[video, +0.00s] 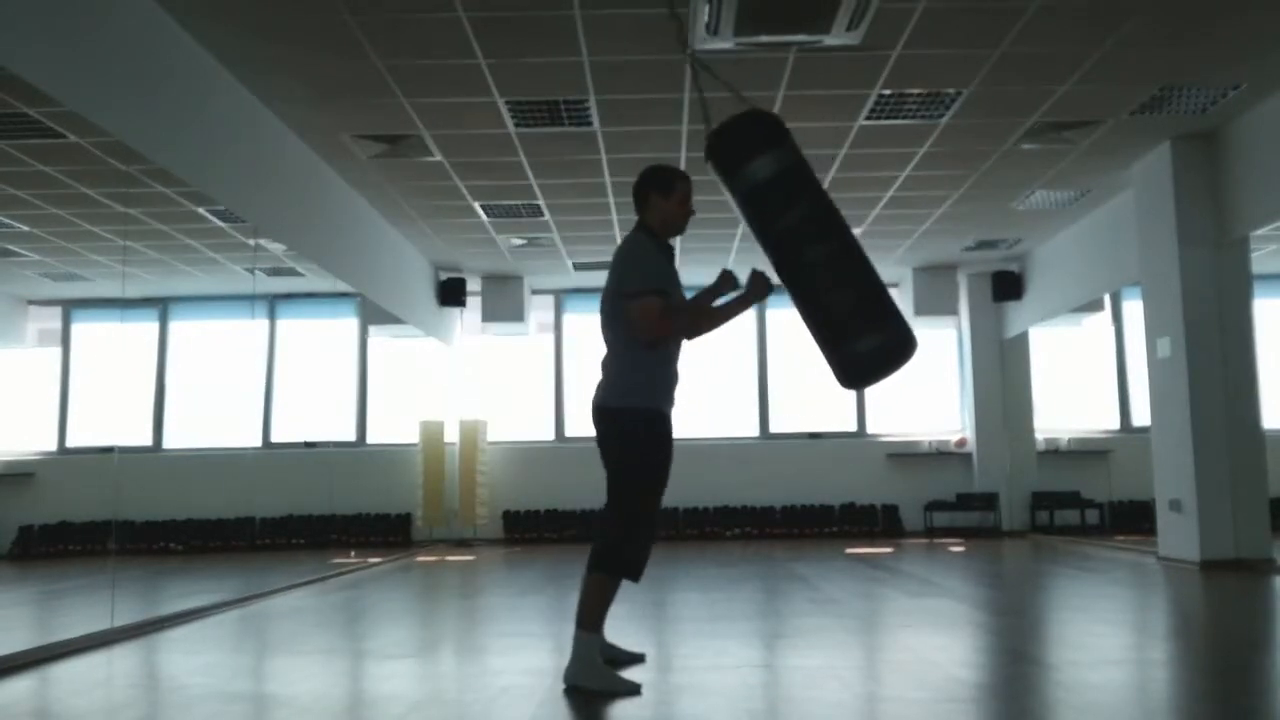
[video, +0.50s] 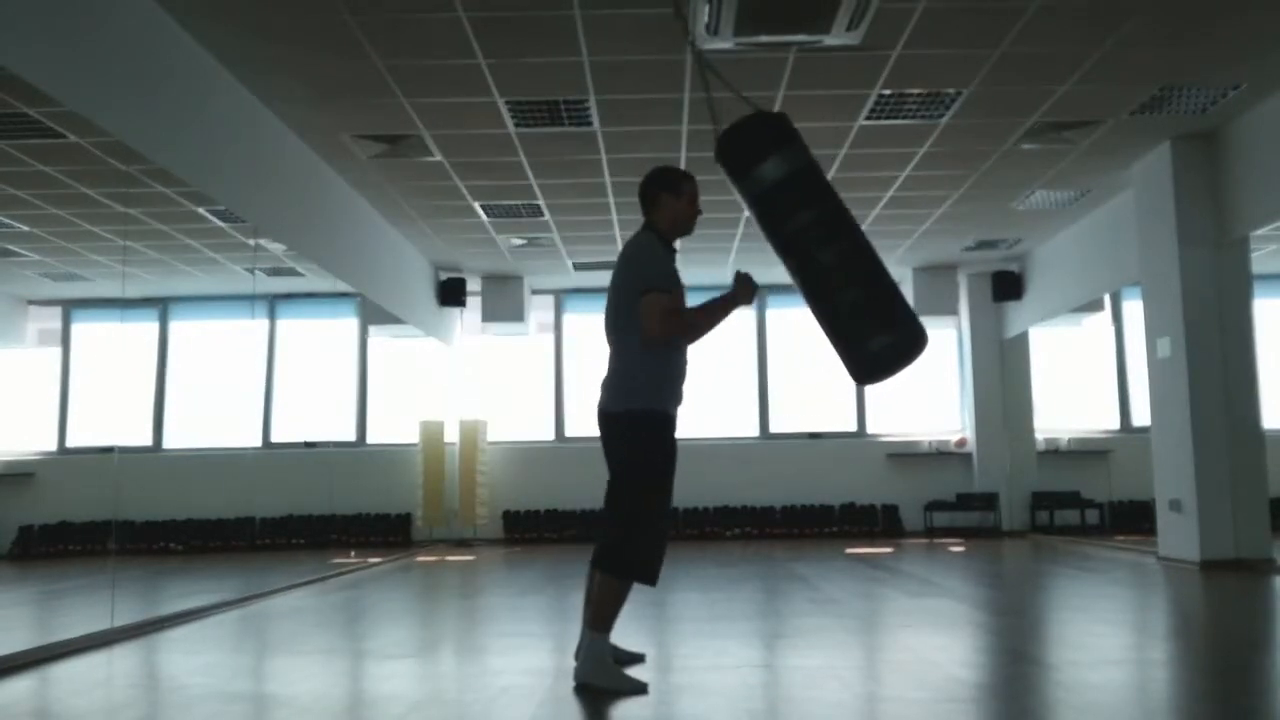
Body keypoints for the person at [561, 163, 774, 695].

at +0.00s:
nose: (691, 209)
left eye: (690, 200)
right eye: (683, 200)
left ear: (658, 202)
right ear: (654, 202)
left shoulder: (650, 254)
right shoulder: (641, 255)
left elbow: (664, 319)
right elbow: (663, 328)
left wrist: (711, 291)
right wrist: (744, 302)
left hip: (638, 411)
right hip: (632, 413)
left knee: (625, 528)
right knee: (621, 530)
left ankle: (592, 639)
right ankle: (583, 661)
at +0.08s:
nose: (692, 209)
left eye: (690, 200)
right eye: (684, 200)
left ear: (652, 204)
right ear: (655, 202)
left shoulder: (638, 254)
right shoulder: (652, 252)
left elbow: (668, 336)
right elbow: (703, 312)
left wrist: (716, 308)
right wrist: (767, 284)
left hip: (626, 408)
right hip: (634, 412)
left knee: (627, 527)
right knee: (628, 528)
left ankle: (592, 639)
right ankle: (586, 660)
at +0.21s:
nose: (697, 209)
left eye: (696, 200)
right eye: (688, 200)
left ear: (667, 203)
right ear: (659, 202)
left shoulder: (665, 261)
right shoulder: (636, 255)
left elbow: (712, 319)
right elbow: (616, 330)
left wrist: (766, 289)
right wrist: (678, 320)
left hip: (647, 412)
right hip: (631, 411)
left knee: (629, 525)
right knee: (631, 527)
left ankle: (594, 640)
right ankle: (591, 655)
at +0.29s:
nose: (698, 209)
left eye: (697, 200)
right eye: (689, 200)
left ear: (669, 203)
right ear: (660, 201)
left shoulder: (663, 258)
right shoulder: (639, 253)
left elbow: (704, 324)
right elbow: (626, 329)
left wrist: (763, 292)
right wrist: (691, 299)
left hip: (650, 413)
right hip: (631, 412)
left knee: (636, 523)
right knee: (628, 522)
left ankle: (596, 638)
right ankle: (591, 654)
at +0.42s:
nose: (697, 207)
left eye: (696, 198)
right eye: (689, 198)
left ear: (658, 204)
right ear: (661, 202)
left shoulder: (644, 251)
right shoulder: (655, 249)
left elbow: (678, 331)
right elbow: (699, 316)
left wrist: (731, 305)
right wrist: (762, 279)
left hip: (627, 410)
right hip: (637, 414)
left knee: (626, 528)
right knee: (633, 530)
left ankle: (594, 641)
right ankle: (592, 657)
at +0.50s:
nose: (697, 211)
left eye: (696, 201)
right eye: (691, 201)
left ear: (660, 204)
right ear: (664, 203)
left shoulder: (646, 254)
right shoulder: (648, 255)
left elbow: (650, 330)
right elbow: (663, 329)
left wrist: (718, 305)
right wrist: (731, 301)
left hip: (637, 413)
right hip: (640, 416)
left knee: (626, 529)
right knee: (629, 532)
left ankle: (597, 640)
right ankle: (592, 655)